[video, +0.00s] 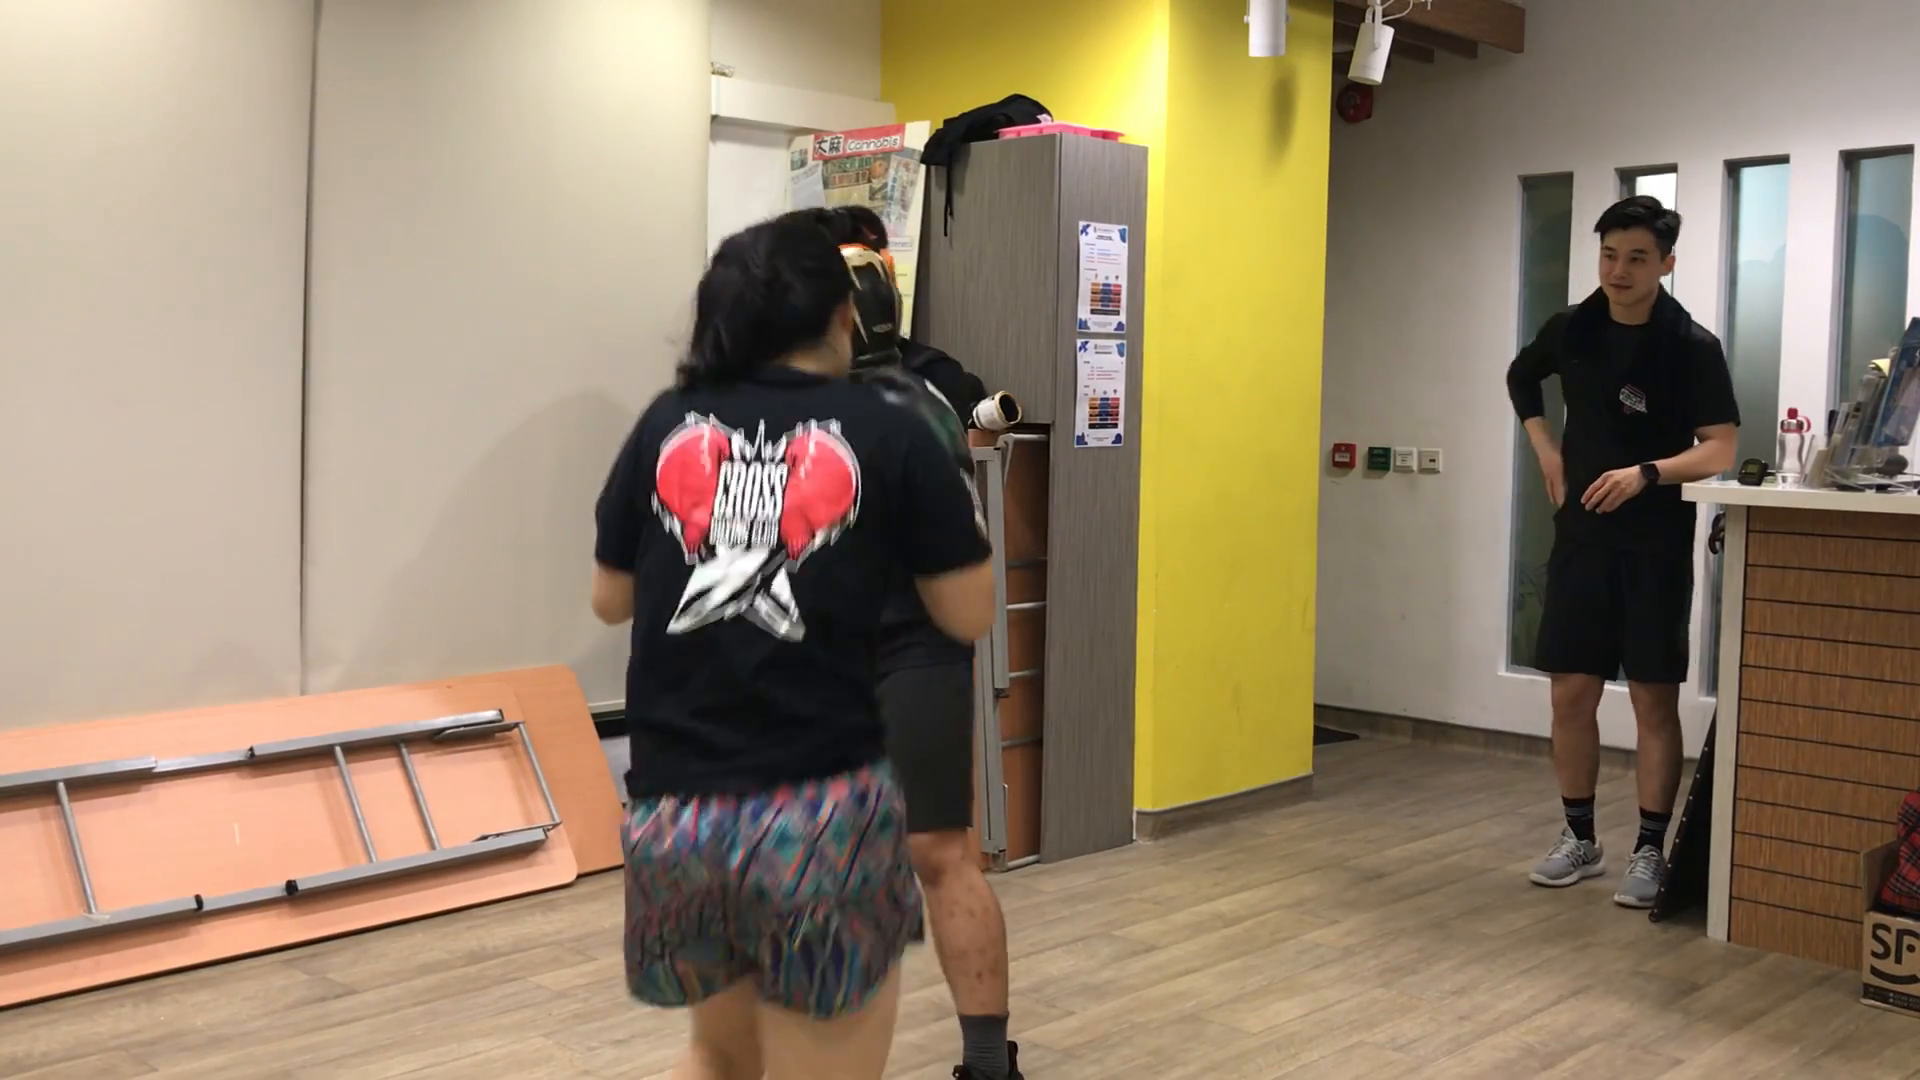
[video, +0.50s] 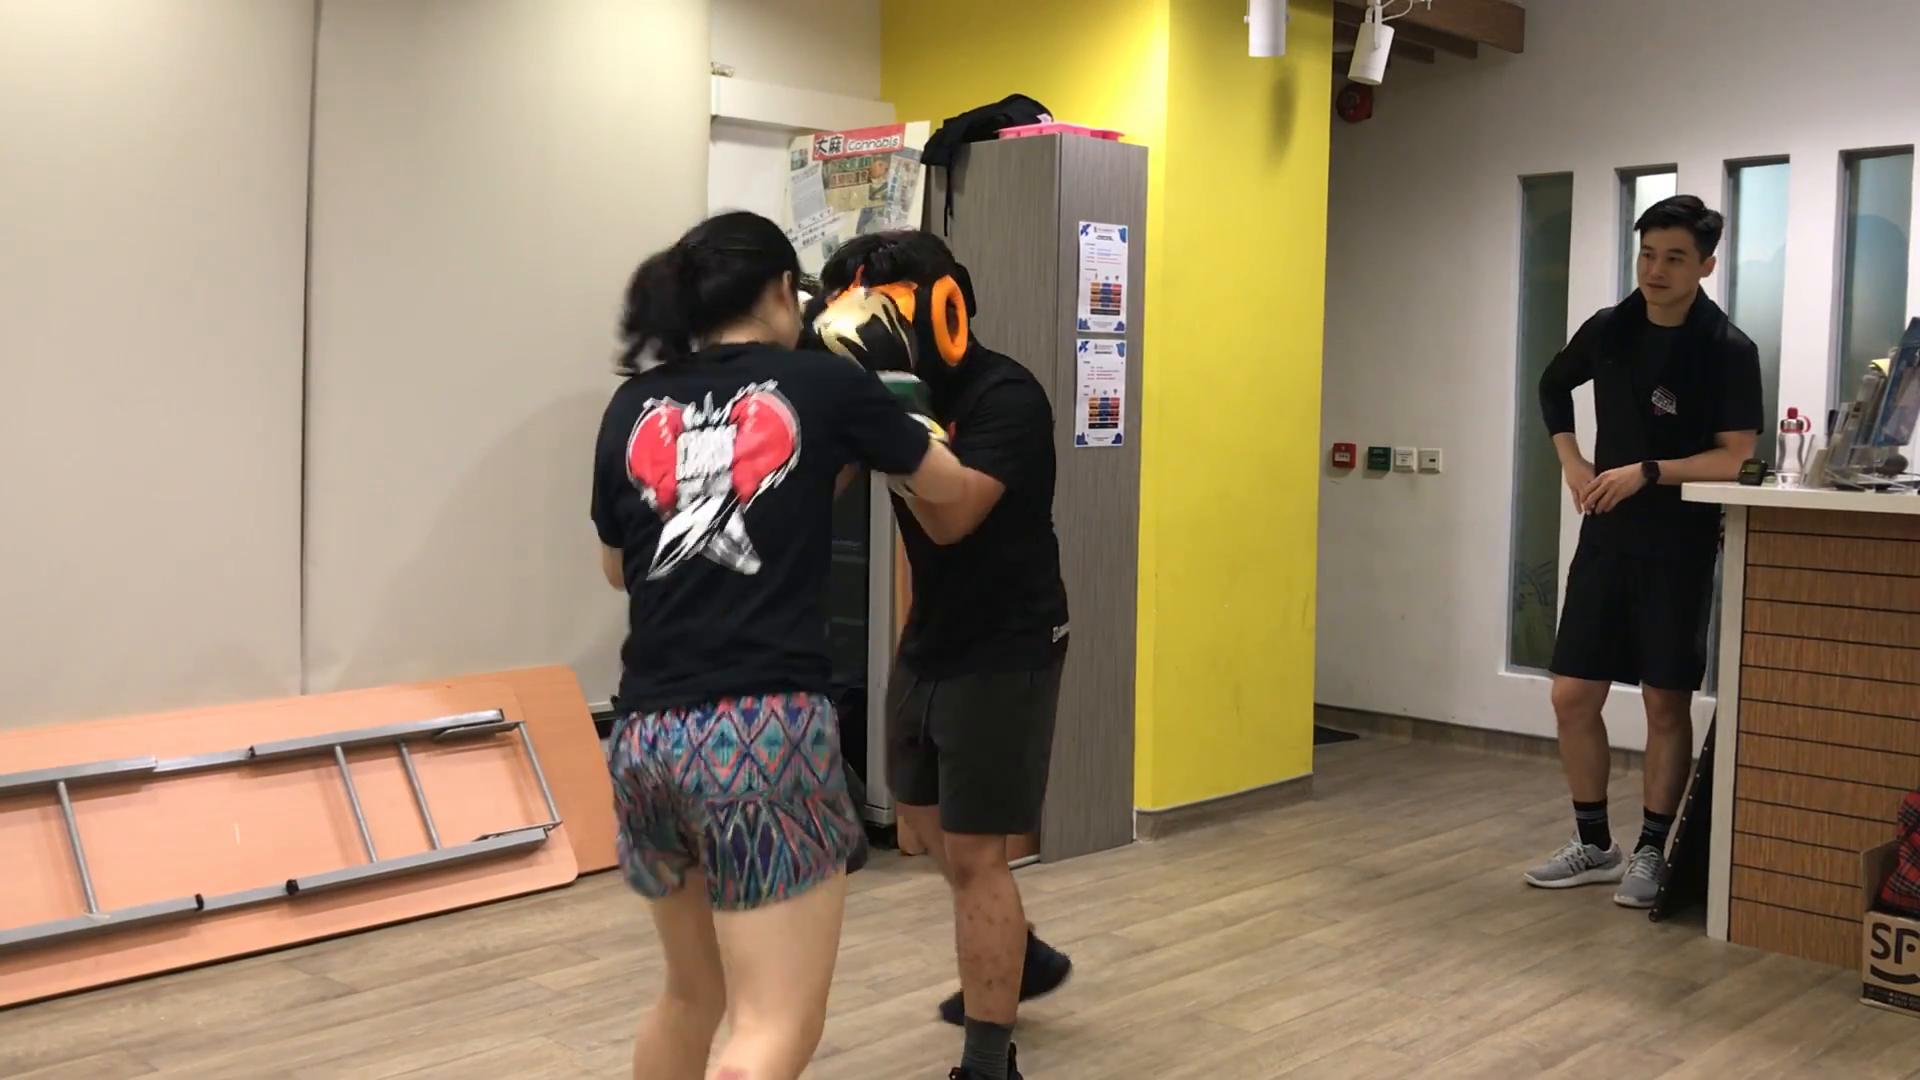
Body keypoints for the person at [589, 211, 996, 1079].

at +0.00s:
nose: (857, 313)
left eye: (853, 299)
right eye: (852, 299)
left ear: (732, 315)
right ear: (842, 313)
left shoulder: (668, 420)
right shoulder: (888, 427)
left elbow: (612, 597)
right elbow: (969, 612)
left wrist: (722, 549)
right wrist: (881, 533)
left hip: (675, 822)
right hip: (826, 821)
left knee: (719, 1052)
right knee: (829, 1065)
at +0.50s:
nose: (804, 305)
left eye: (799, 291)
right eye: (799, 289)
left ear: (688, 305)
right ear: (779, 291)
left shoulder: (630, 404)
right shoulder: (824, 383)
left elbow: (618, 565)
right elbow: (958, 506)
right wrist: (908, 422)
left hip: (647, 732)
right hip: (768, 727)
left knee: (688, 996)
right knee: (771, 1028)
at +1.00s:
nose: (854, 311)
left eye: (850, 299)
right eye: (847, 299)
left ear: (753, 324)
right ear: (835, 315)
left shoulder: (743, 421)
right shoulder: (813, 425)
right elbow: (712, 521)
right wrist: (811, 596)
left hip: (703, 701)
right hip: (755, 710)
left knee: (746, 953)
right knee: (746, 969)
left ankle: (731, 1064)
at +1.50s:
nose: (824, 335)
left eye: (825, 322)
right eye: (822, 320)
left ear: (725, 321)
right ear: (805, 318)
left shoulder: (655, 408)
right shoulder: (826, 404)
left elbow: (596, 548)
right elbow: (917, 497)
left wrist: (675, 521)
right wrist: (837, 472)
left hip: (670, 702)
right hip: (778, 707)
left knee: (732, 906)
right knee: (769, 956)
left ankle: (733, 1062)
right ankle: (703, 1070)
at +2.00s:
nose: (853, 346)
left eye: (847, 329)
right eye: (846, 329)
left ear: (780, 339)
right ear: (819, 336)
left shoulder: (786, 434)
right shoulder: (759, 432)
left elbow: (701, 400)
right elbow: (646, 511)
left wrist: (700, 404)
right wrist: (735, 523)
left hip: (736, 707)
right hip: (696, 705)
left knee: (782, 878)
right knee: (711, 949)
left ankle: (715, 1043)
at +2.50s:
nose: (712, 367)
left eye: (716, 357)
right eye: (711, 353)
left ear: (622, 338)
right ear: (675, 333)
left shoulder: (547, 402)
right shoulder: (685, 392)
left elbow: (512, 537)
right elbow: (801, 428)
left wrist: (603, 489)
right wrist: (741, 471)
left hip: (568, 670)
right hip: (623, 681)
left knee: (684, 853)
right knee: (612, 904)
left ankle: (702, 1046)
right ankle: (448, 1062)